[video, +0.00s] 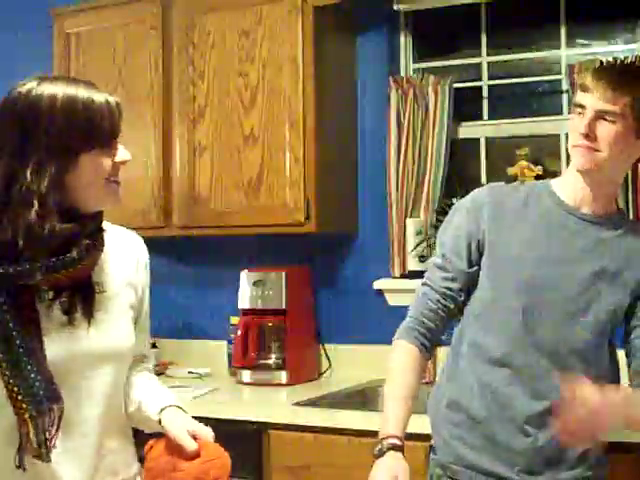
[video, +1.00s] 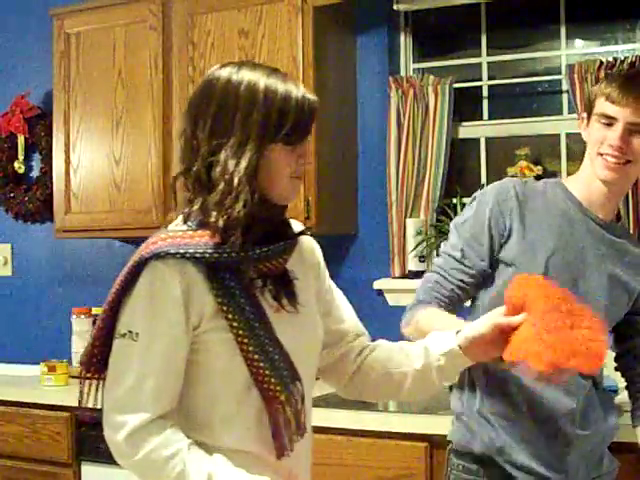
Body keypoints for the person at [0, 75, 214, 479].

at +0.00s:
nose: (123, 156)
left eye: (116, 143)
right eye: (104, 145)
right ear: (45, 160)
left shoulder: (127, 254)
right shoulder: (7, 260)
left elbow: (132, 372)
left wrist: (170, 414)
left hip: (114, 470)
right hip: (24, 471)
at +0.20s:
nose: (143, 157)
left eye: (136, 144)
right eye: (125, 146)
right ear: (69, 158)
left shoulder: (141, 254)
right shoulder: (13, 272)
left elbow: (134, 375)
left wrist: (185, 413)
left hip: (129, 471)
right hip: (39, 471)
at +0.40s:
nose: (195, 165)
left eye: (192, 149)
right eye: (176, 151)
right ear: (121, 157)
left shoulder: (185, 260)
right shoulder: (43, 284)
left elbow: (179, 387)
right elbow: (12, 442)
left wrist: (241, 415)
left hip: (180, 472)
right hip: (84, 470)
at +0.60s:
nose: (239, 162)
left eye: (238, 147)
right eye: (223, 147)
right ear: (169, 152)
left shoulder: (235, 249)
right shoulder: (101, 274)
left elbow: (235, 372)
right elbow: (74, 437)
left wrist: (322, 385)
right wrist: (127, 478)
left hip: (236, 469)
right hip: (150, 468)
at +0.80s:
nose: (275, 158)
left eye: (275, 142)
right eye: (259, 143)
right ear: (206, 150)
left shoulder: (272, 247)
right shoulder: (137, 270)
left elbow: (310, 367)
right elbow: (110, 428)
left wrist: (405, 349)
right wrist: (219, 477)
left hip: (265, 471)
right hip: (176, 476)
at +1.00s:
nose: (308, 159)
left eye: (307, 142)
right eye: (292, 141)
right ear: (236, 147)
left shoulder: (300, 251)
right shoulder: (171, 267)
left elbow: (359, 365)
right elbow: (135, 430)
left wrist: (466, 348)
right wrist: (234, 478)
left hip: (293, 468)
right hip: (215, 471)